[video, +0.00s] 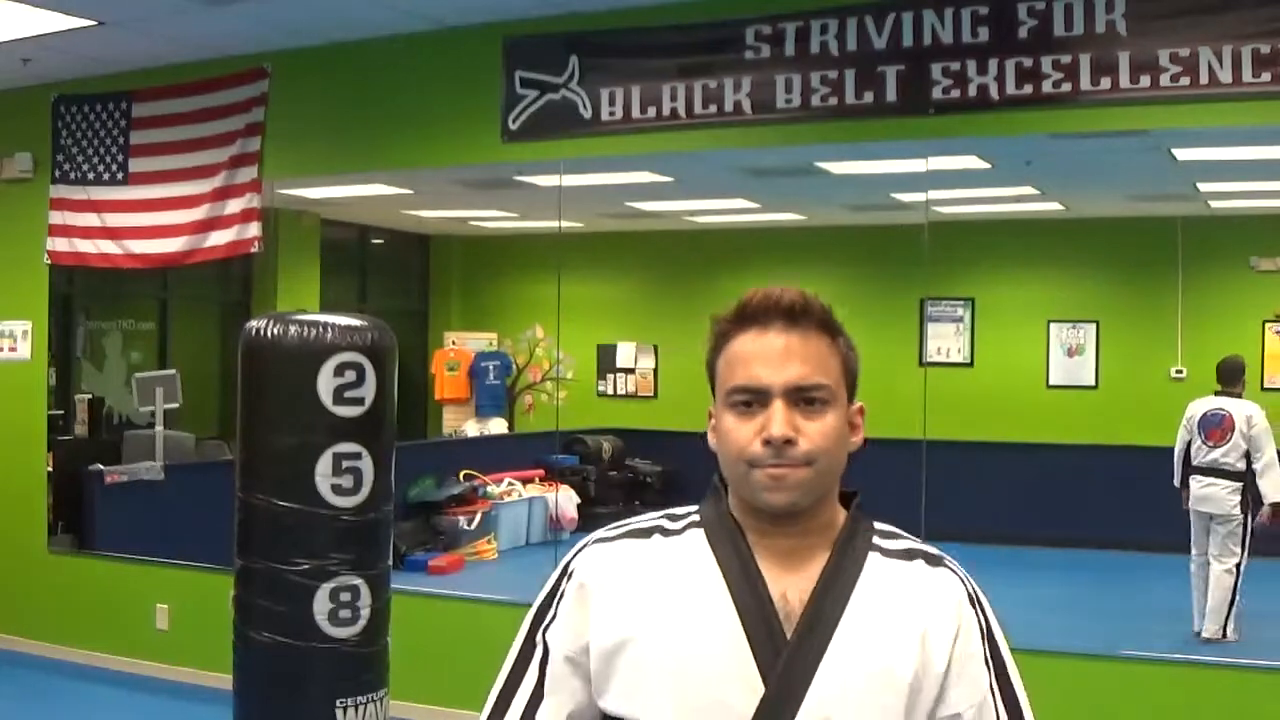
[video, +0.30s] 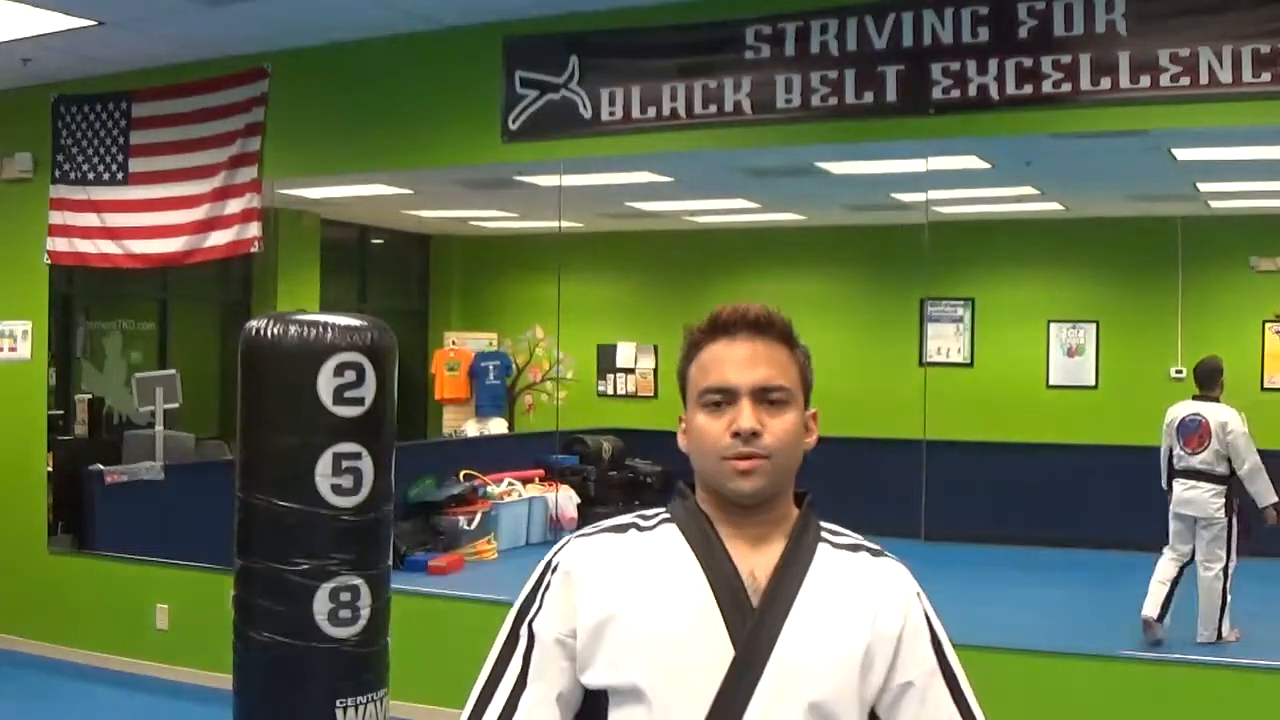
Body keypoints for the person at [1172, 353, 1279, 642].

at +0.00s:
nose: (1244, 380)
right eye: (1244, 376)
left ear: (1217, 379)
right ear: (1243, 379)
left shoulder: (1195, 408)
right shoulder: (1251, 412)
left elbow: (1181, 451)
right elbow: (1265, 459)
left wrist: (1181, 484)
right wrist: (1271, 500)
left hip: (1197, 491)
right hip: (1230, 495)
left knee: (1199, 556)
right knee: (1224, 560)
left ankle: (1200, 623)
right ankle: (1214, 628)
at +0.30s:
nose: (1223, 381)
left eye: (1219, 377)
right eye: (1222, 378)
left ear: (1195, 381)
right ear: (1221, 381)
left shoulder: (1175, 411)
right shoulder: (1228, 417)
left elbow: (1166, 455)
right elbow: (1248, 465)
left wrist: (1169, 486)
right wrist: (1267, 503)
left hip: (1180, 492)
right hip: (1213, 497)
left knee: (1175, 552)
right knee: (1212, 564)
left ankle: (1151, 612)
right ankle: (1212, 631)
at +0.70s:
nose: (1180, 382)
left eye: (1178, 378)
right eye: (1179, 378)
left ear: (1151, 383)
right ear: (1175, 381)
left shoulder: (1132, 416)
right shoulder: (1187, 414)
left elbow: (1127, 464)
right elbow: (1206, 460)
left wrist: (1131, 494)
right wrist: (1221, 496)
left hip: (1141, 496)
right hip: (1176, 498)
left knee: (1142, 564)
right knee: (1192, 565)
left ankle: (1139, 637)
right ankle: (1203, 629)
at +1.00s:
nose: (1160, 380)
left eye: (1155, 377)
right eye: (1159, 376)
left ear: (1131, 382)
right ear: (1156, 379)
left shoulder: (1115, 416)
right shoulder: (1172, 411)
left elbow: (1097, 462)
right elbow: (1194, 455)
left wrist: (1092, 504)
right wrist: (1211, 495)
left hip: (1127, 499)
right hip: (1164, 501)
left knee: (1131, 568)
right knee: (1177, 565)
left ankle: (1135, 641)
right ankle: (1159, 635)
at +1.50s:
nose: (1153, 383)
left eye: (1150, 379)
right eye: (1152, 379)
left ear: (1123, 383)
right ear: (1149, 383)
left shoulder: (1102, 416)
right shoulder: (1159, 418)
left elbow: (1094, 463)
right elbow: (1185, 467)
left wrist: (1121, 467)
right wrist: (1201, 460)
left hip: (1109, 502)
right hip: (1143, 504)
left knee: (1116, 576)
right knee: (1139, 577)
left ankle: (1135, 634)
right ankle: (1120, 650)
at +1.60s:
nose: (1151, 383)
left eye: (1147, 379)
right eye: (1151, 379)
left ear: (1121, 382)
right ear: (1147, 382)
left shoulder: (1099, 414)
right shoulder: (1155, 417)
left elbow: (1094, 458)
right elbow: (1178, 464)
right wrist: (1182, 447)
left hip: (1104, 502)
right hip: (1138, 504)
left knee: (1112, 576)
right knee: (1135, 577)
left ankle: (1131, 637)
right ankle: (1120, 651)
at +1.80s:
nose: (1144, 381)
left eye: (1141, 376)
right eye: (1143, 377)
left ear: (1113, 380)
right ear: (1140, 380)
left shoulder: (1093, 411)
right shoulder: (1150, 415)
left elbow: (1086, 453)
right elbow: (1174, 459)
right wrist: (1146, 449)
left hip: (1096, 502)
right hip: (1130, 505)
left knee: (1096, 574)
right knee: (1127, 578)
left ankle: (1088, 649)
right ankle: (1119, 654)